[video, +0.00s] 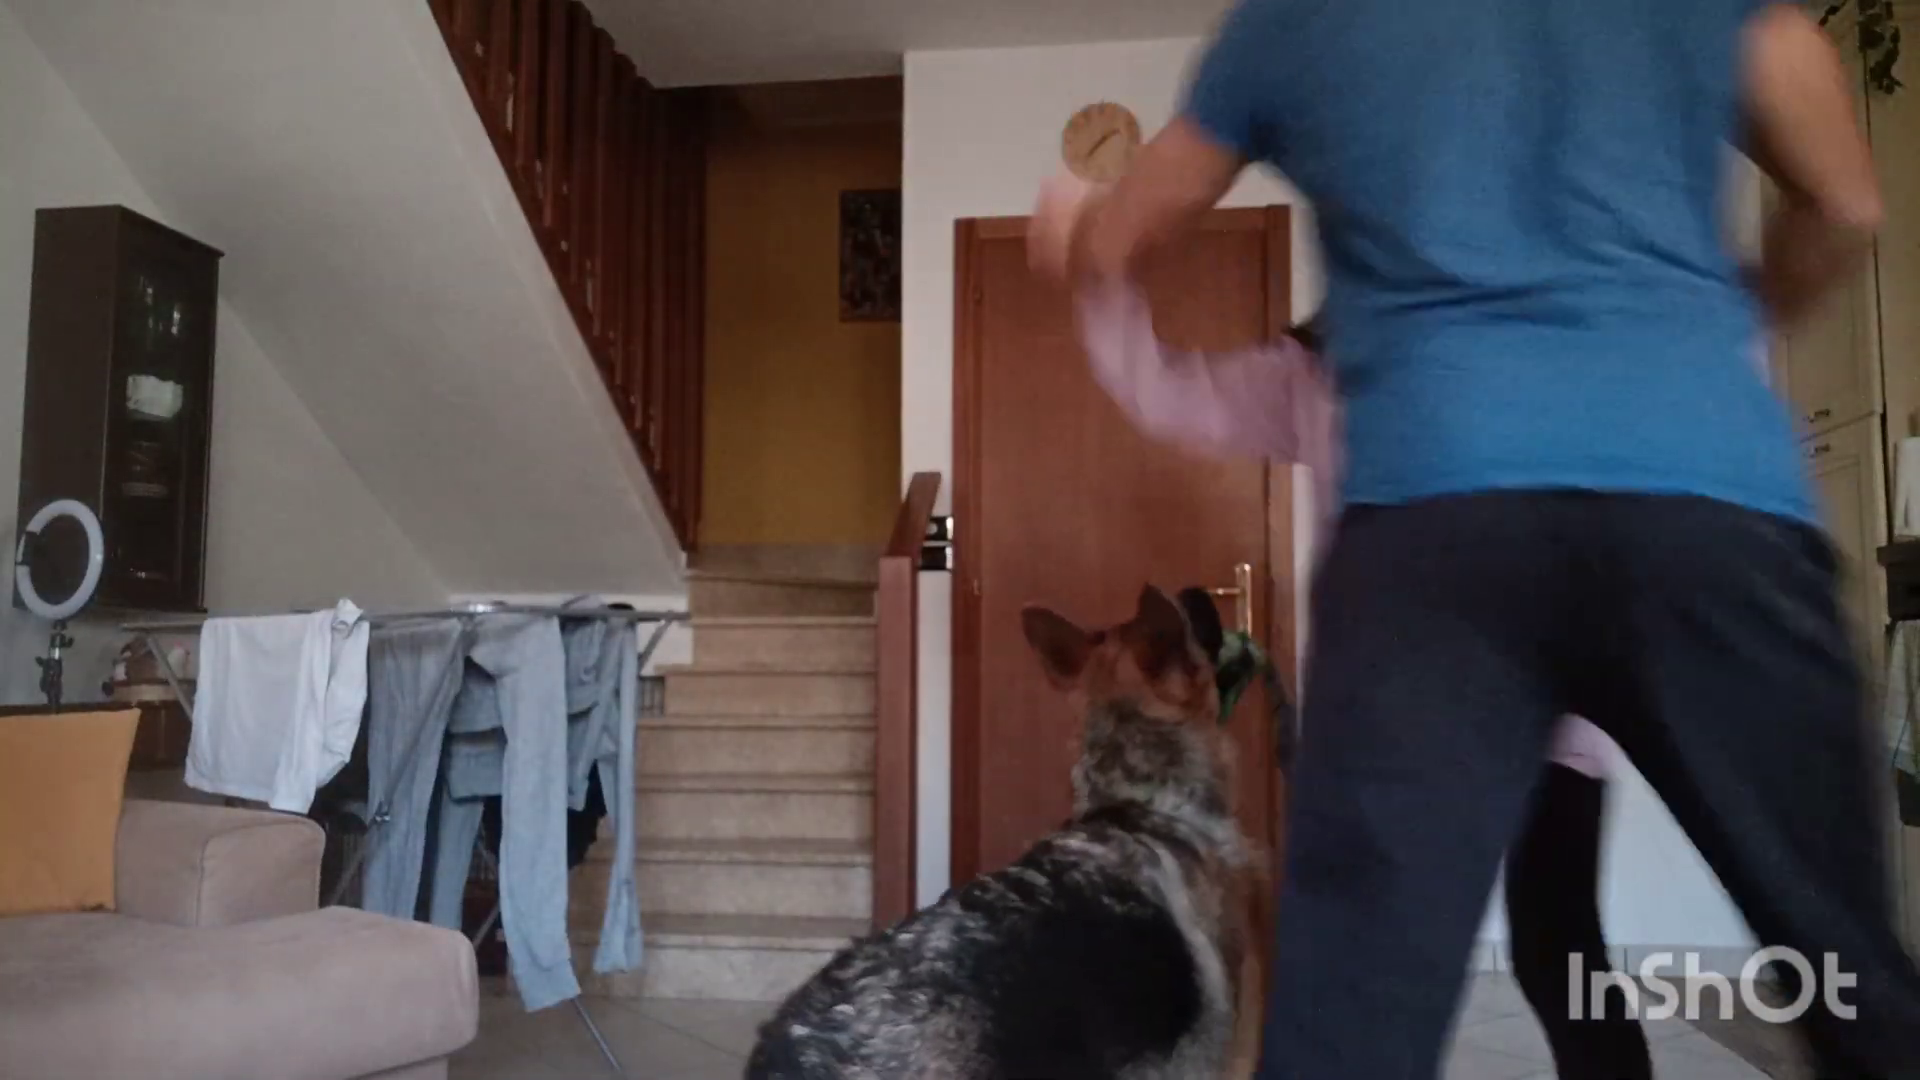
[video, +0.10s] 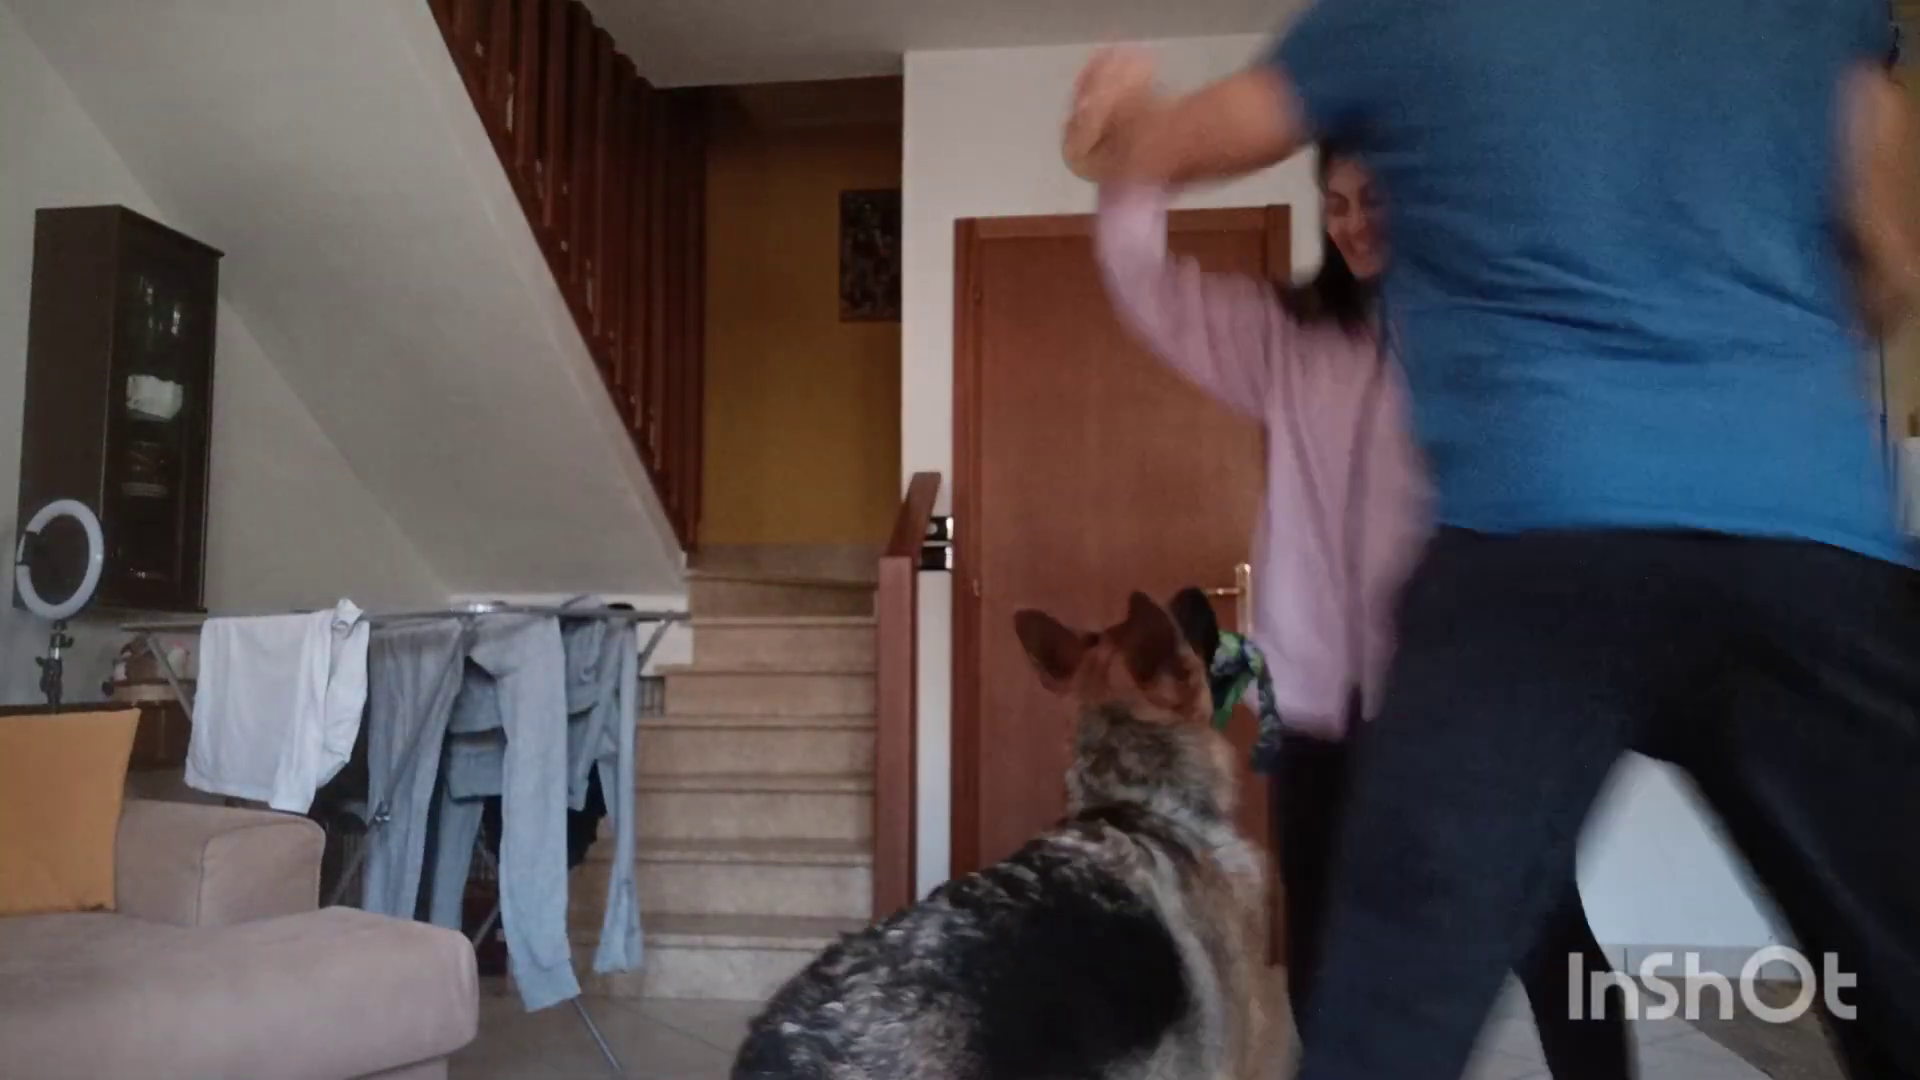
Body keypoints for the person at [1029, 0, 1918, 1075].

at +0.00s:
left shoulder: (1300, 17)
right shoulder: (1707, 4)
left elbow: (1111, 238)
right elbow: (1846, 206)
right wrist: (1732, 315)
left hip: (1437, 523)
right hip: (1718, 521)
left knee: (1352, 1005)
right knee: (1859, 970)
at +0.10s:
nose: (1358, 221)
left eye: (1370, 199)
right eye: (1341, 203)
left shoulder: (1399, 12)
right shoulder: (1822, 12)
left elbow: (1158, 153)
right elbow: (1893, 250)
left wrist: (1117, 111)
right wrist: (1810, 351)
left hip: (1540, 548)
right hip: (1825, 551)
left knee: (1387, 1022)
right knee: (1909, 992)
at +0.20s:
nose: (1344, 208)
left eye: (1364, 180)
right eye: (1321, 187)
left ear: (1405, 179)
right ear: (1298, 189)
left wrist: (1196, 40)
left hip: (1632, 549)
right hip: (1888, 555)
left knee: (1493, 980)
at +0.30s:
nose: (1328, 211)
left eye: (1348, 187)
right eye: (1313, 192)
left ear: (1394, 187)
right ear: (1295, 200)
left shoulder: (1452, 307)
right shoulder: (1268, 284)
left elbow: (1525, 410)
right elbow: (1204, 197)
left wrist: (1558, 336)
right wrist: (1208, 55)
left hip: (1397, 626)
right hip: (1263, 612)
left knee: (1452, 869)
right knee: (1282, 859)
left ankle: (1400, 1063)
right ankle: (1241, 1058)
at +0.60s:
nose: (1312, 228)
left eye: (1330, 218)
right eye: (1298, 208)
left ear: (1347, 242)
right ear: (1267, 217)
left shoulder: (1340, 357)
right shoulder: (1231, 305)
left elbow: (1435, 408)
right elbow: (1264, 189)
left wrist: (1548, 391)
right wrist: (1310, 40)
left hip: (1305, 653)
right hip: (1224, 647)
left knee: (1293, 880)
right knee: (1299, 872)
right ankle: (1319, 1065)